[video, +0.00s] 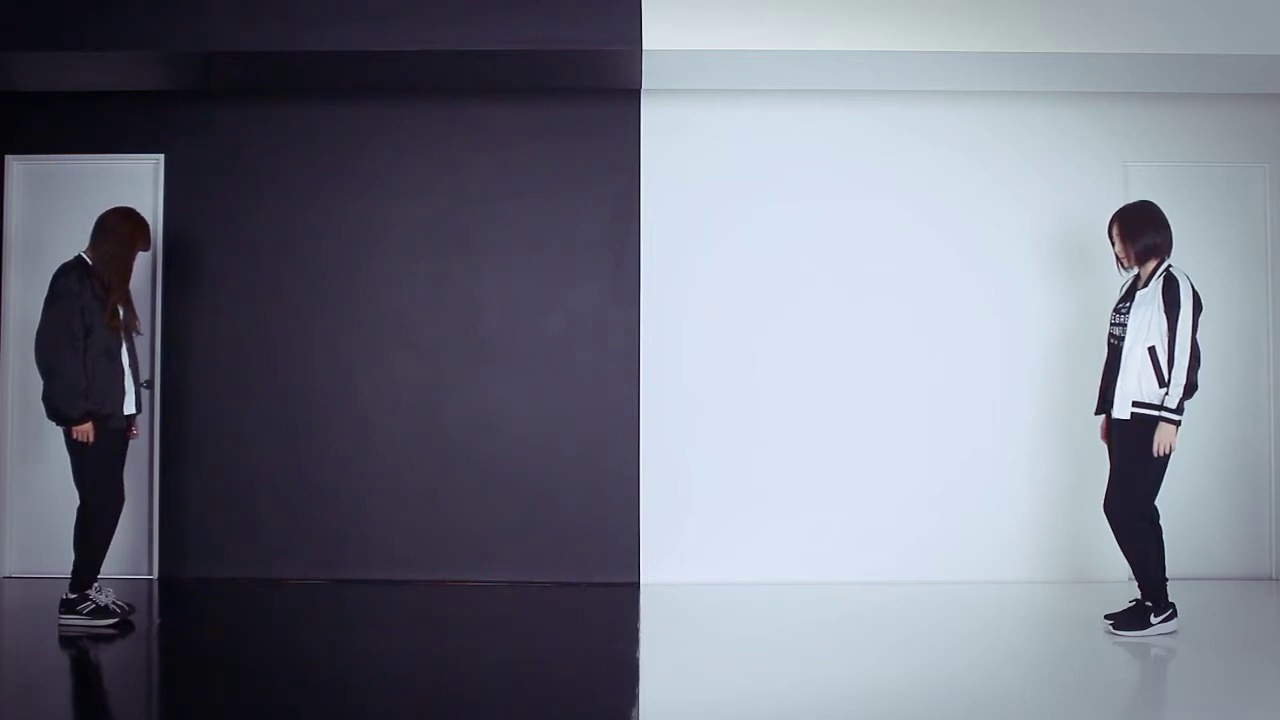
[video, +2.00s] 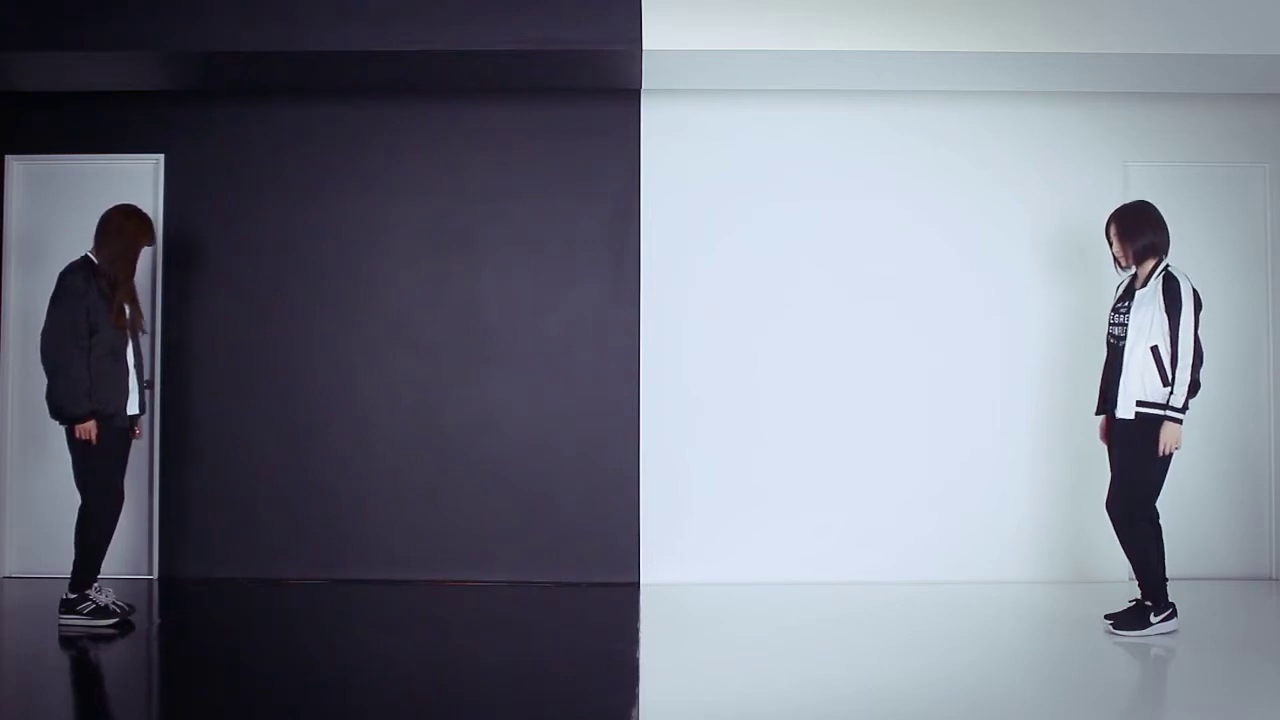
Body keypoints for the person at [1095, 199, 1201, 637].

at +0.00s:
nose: (1116, 250)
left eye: (1120, 241)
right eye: (1113, 242)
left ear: (1144, 236)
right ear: (1125, 241)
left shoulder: (1175, 284)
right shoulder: (1132, 286)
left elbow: (1185, 356)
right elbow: (1118, 354)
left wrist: (1170, 417)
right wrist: (1108, 410)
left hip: (1150, 418)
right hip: (1124, 416)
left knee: (1127, 506)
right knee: (1128, 506)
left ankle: (1157, 604)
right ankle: (1151, 600)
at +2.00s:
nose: (1114, 249)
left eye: (1118, 240)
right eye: (1111, 242)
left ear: (1141, 236)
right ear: (1120, 242)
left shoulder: (1176, 285)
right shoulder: (1126, 288)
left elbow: (1188, 356)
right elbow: (1116, 355)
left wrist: (1175, 416)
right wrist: (1107, 410)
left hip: (1153, 417)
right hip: (1123, 416)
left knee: (1130, 505)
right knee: (1126, 506)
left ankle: (1158, 604)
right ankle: (1151, 600)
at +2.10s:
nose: (1112, 249)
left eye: (1116, 240)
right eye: (1109, 241)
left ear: (1139, 235)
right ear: (1119, 241)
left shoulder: (1175, 285)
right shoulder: (1123, 289)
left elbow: (1188, 355)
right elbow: (1113, 355)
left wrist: (1176, 416)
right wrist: (1105, 410)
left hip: (1153, 417)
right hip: (1122, 416)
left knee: (1128, 504)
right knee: (1128, 505)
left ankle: (1158, 603)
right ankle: (1151, 600)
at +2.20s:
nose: (1109, 249)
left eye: (1113, 240)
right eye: (1106, 242)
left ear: (1136, 235)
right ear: (1115, 242)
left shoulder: (1172, 285)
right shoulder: (1120, 289)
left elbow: (1187, 354)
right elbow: (1111, 355)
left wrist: (1176, 415)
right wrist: (1104, 409)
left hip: (1152, 417)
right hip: (1121, 416)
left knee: (1122, 503)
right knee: (1131, 505)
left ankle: (1156, 601)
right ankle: (1152, 599)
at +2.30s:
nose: (1105, 248)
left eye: (1110, 239)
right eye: (1101, 241)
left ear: (1134, 234)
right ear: (1104, 243)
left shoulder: (1169, 285)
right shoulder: (1115, 290)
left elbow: (1185, 353)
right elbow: (1108, 355)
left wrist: (1176, 414)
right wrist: (1100, 410)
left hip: (1149, 417)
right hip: (1120, 416)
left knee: (1107, 498)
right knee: (1138, 505)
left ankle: (1148, 591)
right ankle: (1156, 598)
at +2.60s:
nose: (1076, 251)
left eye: (1081, 242)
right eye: (1073, 243)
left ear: (1106, 238)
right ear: (1081, 244)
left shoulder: (1144, 285)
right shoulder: (1089, 290)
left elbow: (1170, 349)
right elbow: (1088, 354)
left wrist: (1166, 411)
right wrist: (1074, 401)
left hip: (1131, 416)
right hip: (1103, 416)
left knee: (1079, 489)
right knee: (1127, 508)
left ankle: (1066, 592)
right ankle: (1156, 601)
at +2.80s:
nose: (1049, 258)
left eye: (1053, 248)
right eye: (1045, 249)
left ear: (1077, 244)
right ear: (1051, 251)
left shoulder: (1112, 292)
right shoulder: (1063, 297)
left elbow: (1139, 355)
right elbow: (1058, 363)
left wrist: (1143, 421)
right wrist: (1044, 413)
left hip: (1103, 423)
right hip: (1076, 423)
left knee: (1058, 507)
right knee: (1114, 513)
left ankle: (1022, 604)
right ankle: (1154, 599)